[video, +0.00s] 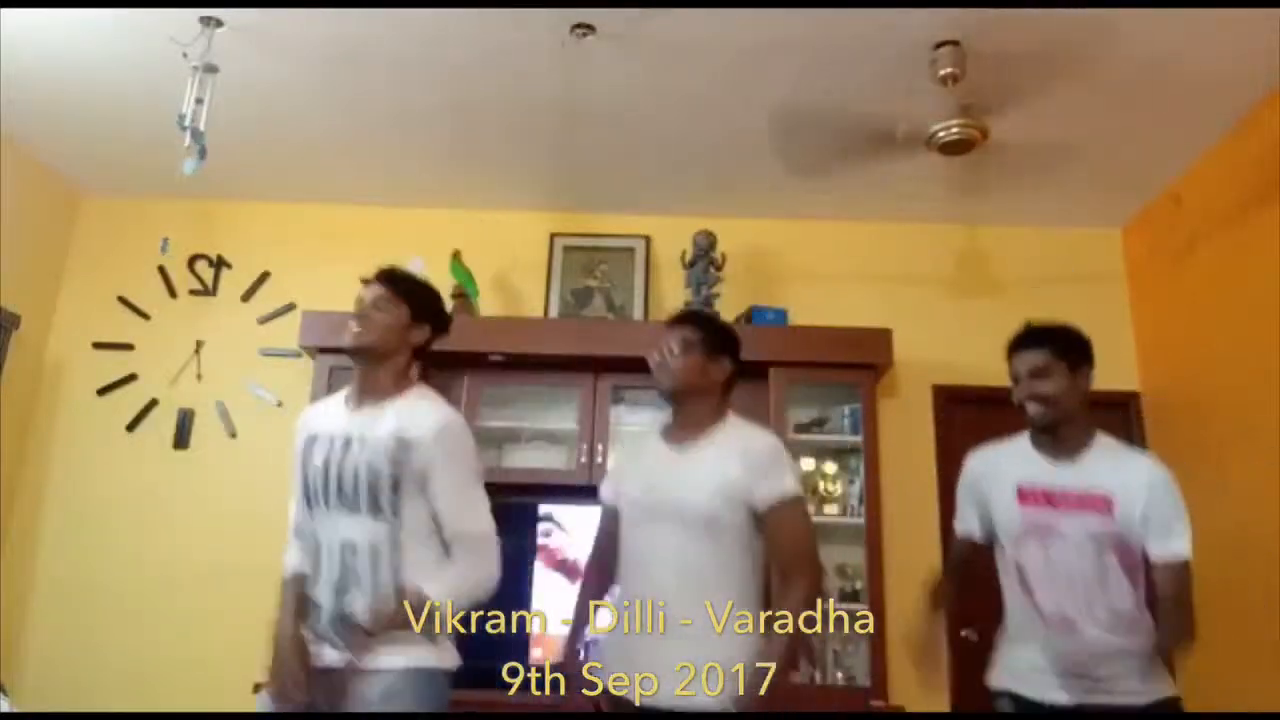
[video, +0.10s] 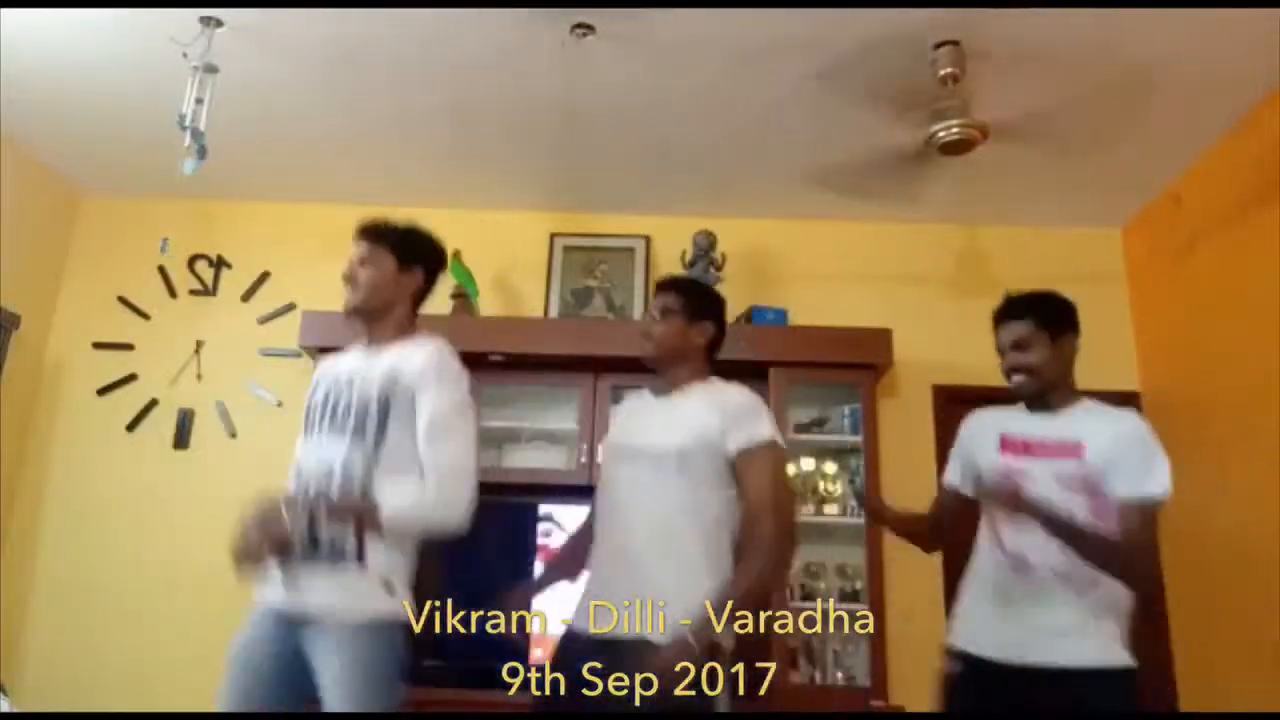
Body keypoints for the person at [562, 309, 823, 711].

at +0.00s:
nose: (662, 359)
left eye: (681, 350)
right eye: (661, 350)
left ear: (721, 368)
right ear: (653, 360)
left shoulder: (757, 451)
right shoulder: (632, 455)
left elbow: (800, 575)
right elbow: (602, 563)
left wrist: (772, 676)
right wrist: (572, 648)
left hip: (721, 690)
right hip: (628, 683)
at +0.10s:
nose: (646, 323)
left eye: (665, 315)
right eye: (648, 313)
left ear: (703, 333)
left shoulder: (736, 408)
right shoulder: (628, 411)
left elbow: (770, 541)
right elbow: (602, 521)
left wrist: (700, 639)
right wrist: (535, 586)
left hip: (679, 653)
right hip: (594, 644)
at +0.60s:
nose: (600, 324)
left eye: (617, 314)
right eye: (595, 313)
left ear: (655, 334)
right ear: (584, 325)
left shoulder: (686, 402)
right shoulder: (572, 403)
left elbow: (711, 533)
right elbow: (529, 521)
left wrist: (741, 518)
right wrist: (422, 551)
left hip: (629, 632)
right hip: (542, 625)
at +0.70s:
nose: (599, 304)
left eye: (619, 294)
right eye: (595, 293)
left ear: (657, 313)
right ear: (588, 305)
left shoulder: (690, 380)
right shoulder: (570, 380)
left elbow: (732, 503)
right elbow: (531, 493)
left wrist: (748, 479)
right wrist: (437, 534)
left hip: (647, 614)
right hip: (552, 607)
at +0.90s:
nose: (632, 328)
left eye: (648, 318)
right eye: (622, 316)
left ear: (675, 334)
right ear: (609, 327)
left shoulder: (701, 412)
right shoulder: (576, 404)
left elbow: (752, 504)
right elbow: (543, 494)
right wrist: (520, 546)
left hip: (671, 637)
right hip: (573, 632)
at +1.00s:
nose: (648, 370)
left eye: (663, 361)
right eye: (639, 360)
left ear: (685, 389)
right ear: (623, 381)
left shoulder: (713, 468)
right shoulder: (578, 466)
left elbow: (800, 534)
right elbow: (526, 573)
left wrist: (778, 416)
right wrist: (567, 609)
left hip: (686, 694)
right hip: (584, 693)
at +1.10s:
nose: (653, 397)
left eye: (671, 390)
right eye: (643, 388)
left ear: (693, 416)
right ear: (630, 408)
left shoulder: (719, 485)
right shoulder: (586, 487)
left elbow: (812, 515)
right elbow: (531, 601)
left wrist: (778, 402)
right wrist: (614, 620)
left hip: (693, 697)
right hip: (593, 698)